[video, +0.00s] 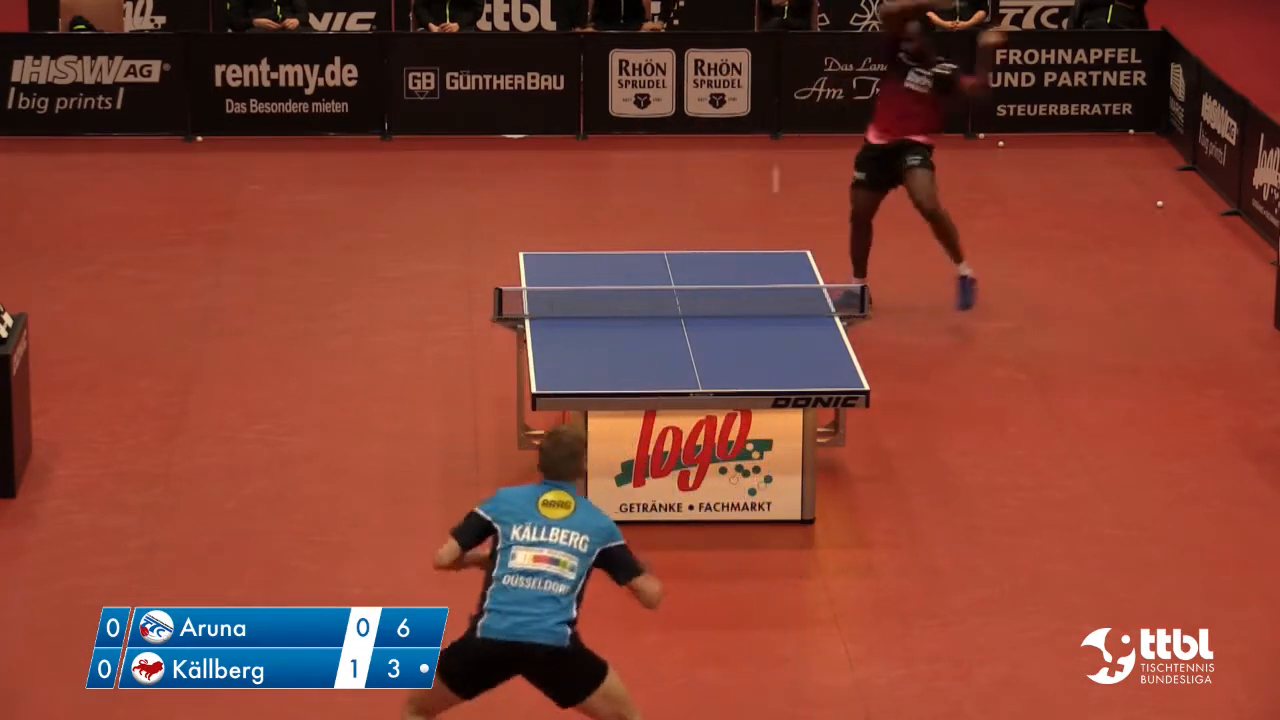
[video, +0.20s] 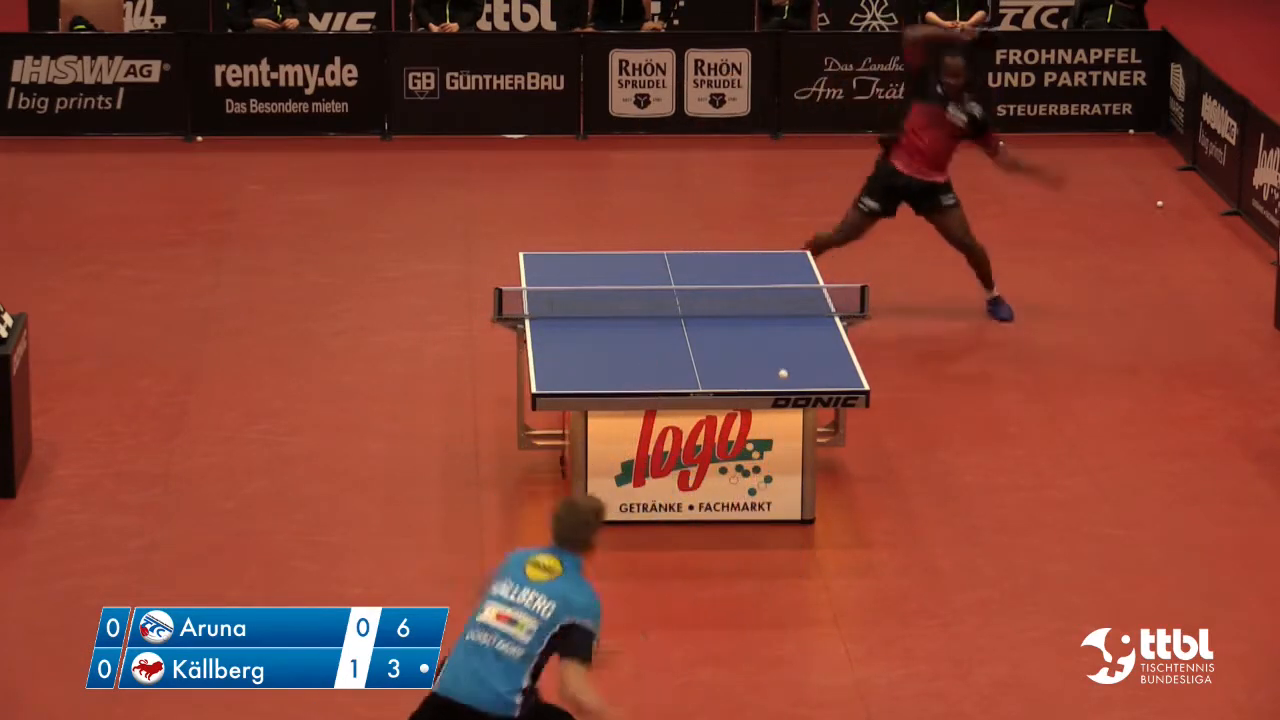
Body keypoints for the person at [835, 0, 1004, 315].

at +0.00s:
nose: (907, 45)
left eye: (913, 39)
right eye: (904, 39)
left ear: (927, 40)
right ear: (899, 40)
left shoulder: (942, 73)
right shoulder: (894, 59)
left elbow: (979, 88)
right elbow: (886, 12)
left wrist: (984, 49)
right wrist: (928, 5)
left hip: (913, 148)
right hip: (877, 147)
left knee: (928, 206)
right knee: (859, 216)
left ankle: (964, 272)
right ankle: (858, 286)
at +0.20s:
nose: (953, 79)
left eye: (958, 74)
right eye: (948, 73)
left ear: (966, 76)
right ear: (939, 73)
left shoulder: (973, 114)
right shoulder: (923, 87)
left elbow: (1001, 156)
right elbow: (911, 36)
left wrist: (1042, 174)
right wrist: (954, 33)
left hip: (933, 186)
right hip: (892, 175)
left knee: (967, 244)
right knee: (845, 234)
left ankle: (992, 297)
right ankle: (797, 260)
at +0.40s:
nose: (931, 91)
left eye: (937, 85)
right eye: (926, 84)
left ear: (944, 89)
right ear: (915, 85)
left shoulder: (939, 122)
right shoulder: (895, 108)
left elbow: (926, 172)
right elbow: (857, 127)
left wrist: (921, 219)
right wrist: (894, 118)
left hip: (924, 199)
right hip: (883, 198)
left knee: (972, 243)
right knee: (853, 257)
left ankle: (993, 298)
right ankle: (804, 292)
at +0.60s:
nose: (847, 70)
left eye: (853, 65)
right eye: (842, 65)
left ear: (862, 65)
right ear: (833, 66)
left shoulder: (878, 96)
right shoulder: (819, 91)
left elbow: (903, 133)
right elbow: (794, 120)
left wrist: (923, 174)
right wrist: (782, 130)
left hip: (863, 174)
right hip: (820, 170)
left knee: (886, 230)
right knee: (780, 216)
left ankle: (901, 284)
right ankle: (769, 277)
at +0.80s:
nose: (759, 96)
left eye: (765, 90)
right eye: (755, 90)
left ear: (776, 91)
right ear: (749, 92)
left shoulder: (787, 115)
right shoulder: (757, 118)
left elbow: (799, 159)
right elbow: (759, 161)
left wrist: (766, 188)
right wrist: (729, 190)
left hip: (809, 193)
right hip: (775, 192)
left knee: (822, 259)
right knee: (717, 224)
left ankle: (875, 280)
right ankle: (698, 283)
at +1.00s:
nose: (713, 85)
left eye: (718, 79)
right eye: (710, 79)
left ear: (733, 76)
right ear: (708, 77)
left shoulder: (740, 96)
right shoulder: (729, 95)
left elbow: (737, 131)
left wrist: (711, 160)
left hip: (780, 182)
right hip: (745, 180)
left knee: (808, 250)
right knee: (695, 214)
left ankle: (874, 279)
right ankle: (690, 278)